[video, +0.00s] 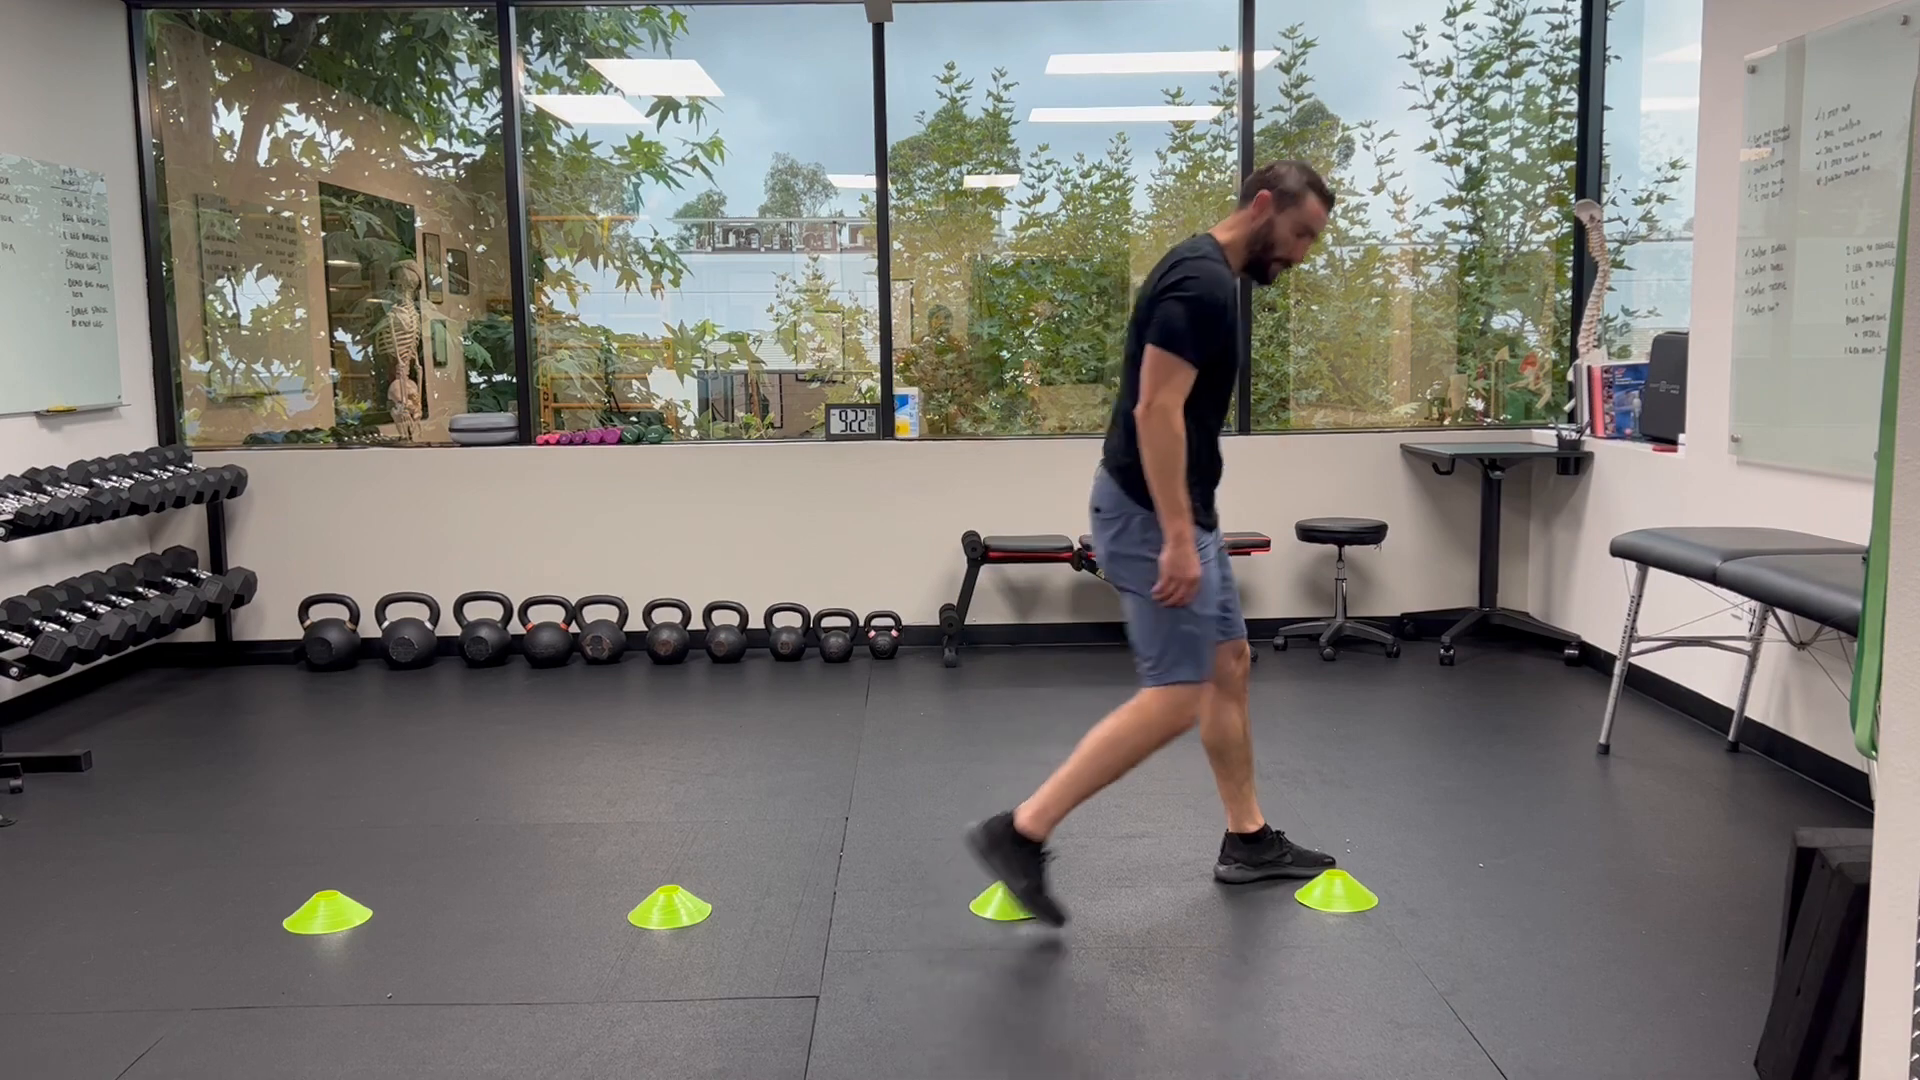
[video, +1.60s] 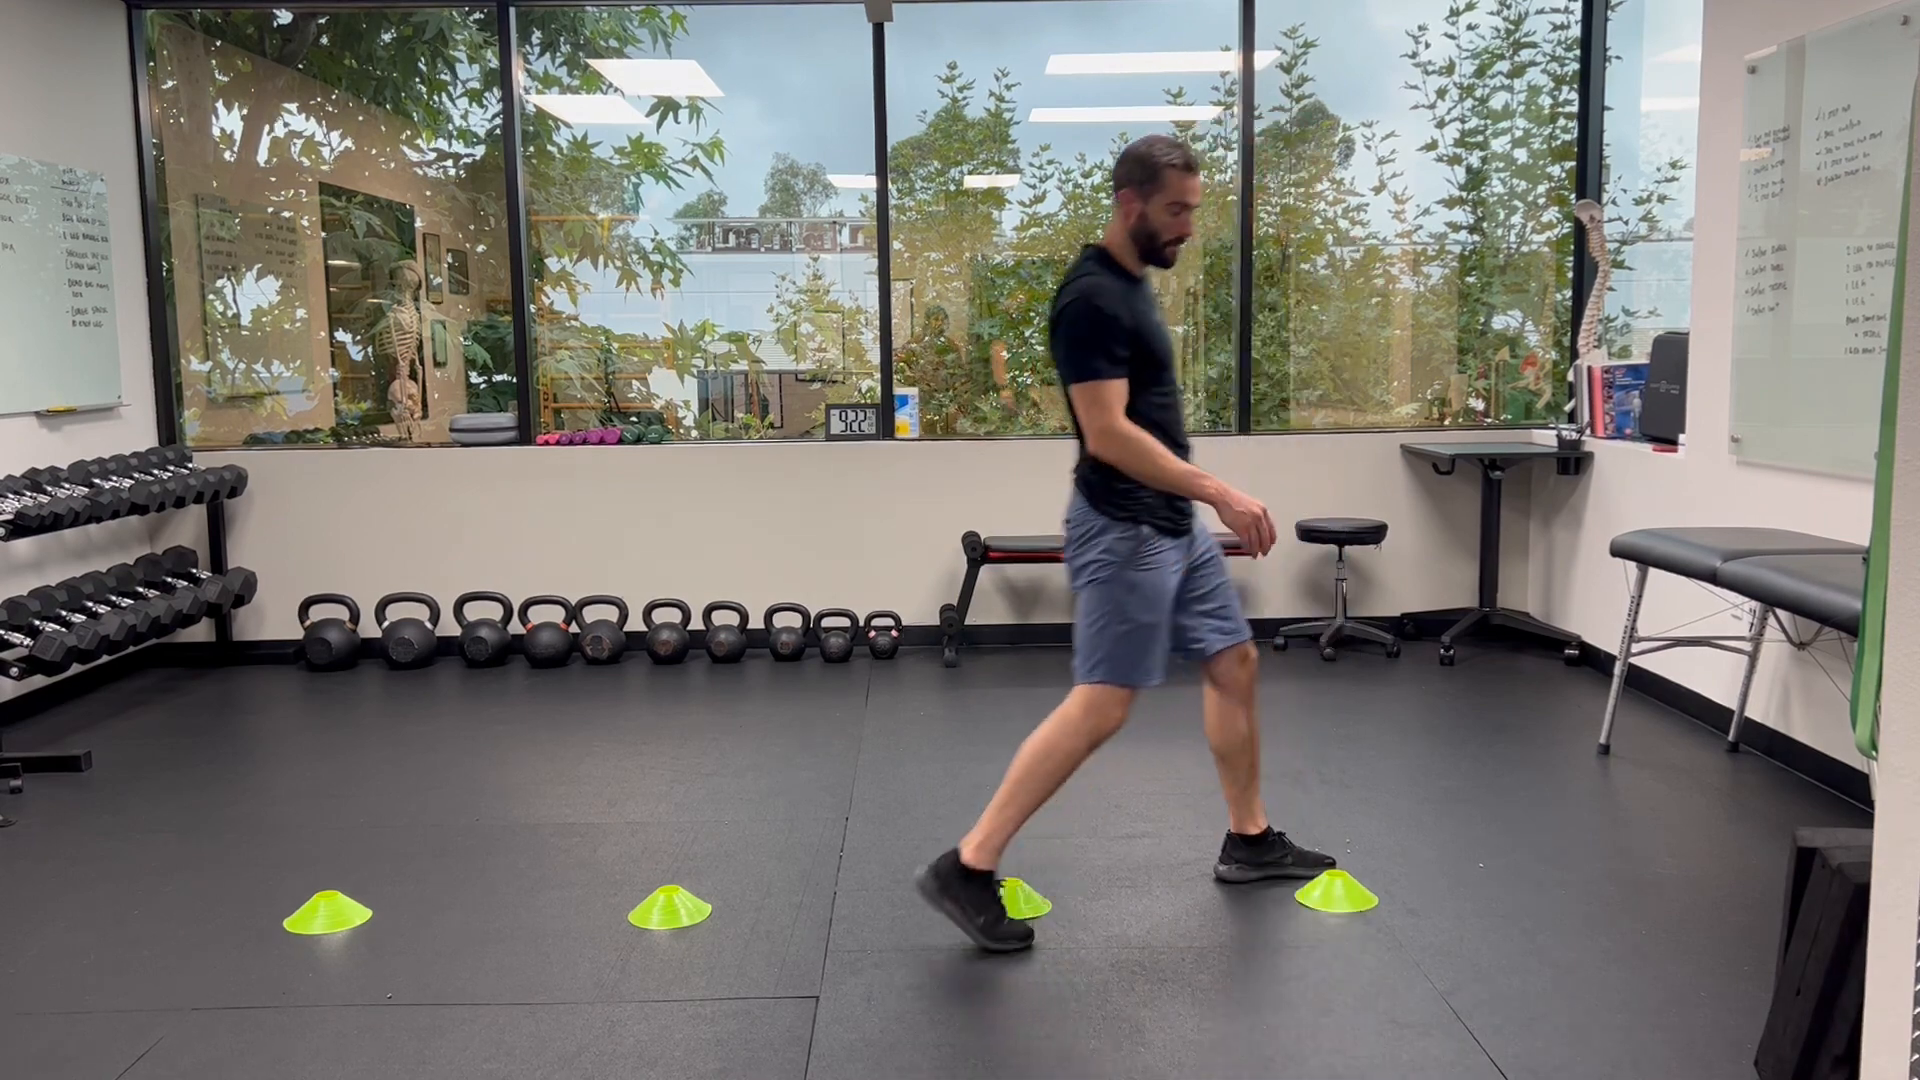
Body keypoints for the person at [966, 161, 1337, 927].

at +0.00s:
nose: (1303, 254)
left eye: (1313, 240)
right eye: (1304, 233)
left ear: (1263, 207)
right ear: (1264, 205)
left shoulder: (1217, 277)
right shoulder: (1200, 279)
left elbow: (1180, 412)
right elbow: (1158, 407)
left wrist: (1198, 527)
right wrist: (1178, 534)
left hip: (1180, 510)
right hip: (1147, 513)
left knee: (1229, 662)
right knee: (1180, 693)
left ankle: (1249, 840)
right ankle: (1020, 831)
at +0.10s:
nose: (1312, 223)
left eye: (1321, 213)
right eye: (1306, 202)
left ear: (1275, 198)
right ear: (1260, 185)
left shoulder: (1233, 273)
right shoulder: (1212, 267)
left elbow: (1234, 407)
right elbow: (1176, 399)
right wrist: (1222, 517)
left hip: (1188, 501)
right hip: (1173, 506)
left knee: (1236, 673)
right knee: (1254, 676)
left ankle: (1248, 837)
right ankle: (1099, 806)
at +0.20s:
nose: (1306, 202)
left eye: (1319, 193)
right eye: (1296, 182)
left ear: (1319, 203)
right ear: (1253, 175)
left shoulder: (1252, 276)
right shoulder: (1217, 263)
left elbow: (1294, 394)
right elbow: (1188, 391)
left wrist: (1390, 452)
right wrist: (1258, 502)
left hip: (1216, 503)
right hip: (1203, 505)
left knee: (1247, 666)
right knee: (1299, 671)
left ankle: (1247, 834)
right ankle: (1198, 840)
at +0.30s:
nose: (1301, 192)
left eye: (1312, 182)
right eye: (1288, 173)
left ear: (1314, 195)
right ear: (1247, 173)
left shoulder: (1260, 270)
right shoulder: (1220, 260)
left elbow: (1319, 375)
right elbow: (1204, 391)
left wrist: (1420, 381)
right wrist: (1280, 497)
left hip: (1239, 506)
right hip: (1230, 510)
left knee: (1261, 667)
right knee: (1299, 680)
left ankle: (1247, 838)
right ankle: (1271, 877)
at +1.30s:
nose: (1286, 186)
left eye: (1299, 175)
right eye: (1274, 167)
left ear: (1304, 187)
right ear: (1237, 166)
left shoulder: (1262, 269)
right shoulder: (1196, 256)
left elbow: (1279, 388)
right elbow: (1178, 386)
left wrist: (1339, 464)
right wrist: (1232, 497)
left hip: (1243, 492)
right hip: (1200, 494)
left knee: (1257, 658)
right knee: (1234, 663)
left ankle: (1250, 836)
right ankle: (1188, 868)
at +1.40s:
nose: (1256, 192)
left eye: (1266, 178)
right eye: (1244, 173)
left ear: (1267, 181)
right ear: (1203, 167)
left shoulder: (1227, 260)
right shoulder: (1168, 264)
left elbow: (1223, 391)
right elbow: (1158, 394)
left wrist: (1251, 489)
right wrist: (1225, 500)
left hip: (1229, 492)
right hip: (1184, 497)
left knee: (1252, 657)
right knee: (1207, 668)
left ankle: (1248, 837)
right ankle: (1088, 845)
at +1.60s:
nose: (1188, 225)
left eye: (1191, 210)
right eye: (1177, 210)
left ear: (1148, 208)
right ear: (1128, 203)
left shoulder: (1130, 285)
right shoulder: (1091, 295)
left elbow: (1135, 423)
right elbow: (1105, 436)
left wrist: (1202, 506)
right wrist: (1221, 492)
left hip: (1177, 527)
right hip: (1121, 532)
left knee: (1234, 669)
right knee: (1101, 705)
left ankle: (1249, 838)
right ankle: (968, 865)